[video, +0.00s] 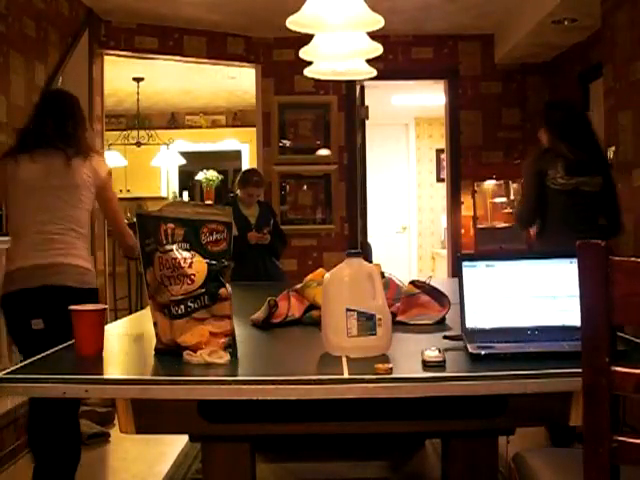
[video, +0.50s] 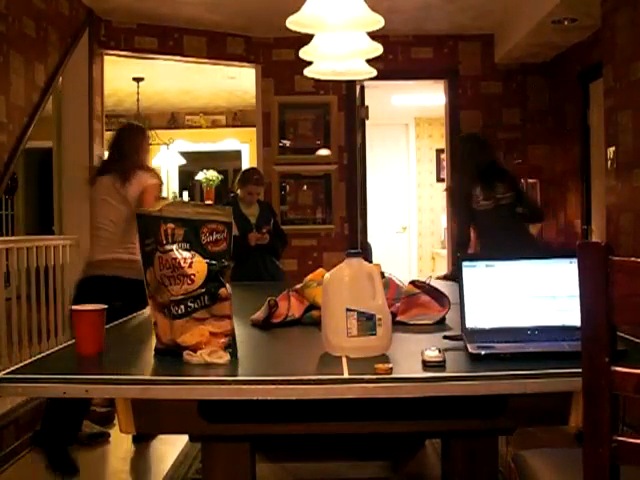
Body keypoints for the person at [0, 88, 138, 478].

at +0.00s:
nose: (86, 128)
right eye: (83, 121)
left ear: (34, 122)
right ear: (79, 124)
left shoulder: (11, 165)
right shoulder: (91, 165)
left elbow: (8, 220)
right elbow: (120, 227)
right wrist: (134, 248)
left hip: (19, 287)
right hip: (74, 285)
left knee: (41, 389)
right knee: (68, 392)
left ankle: (43, 471)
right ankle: (61, 474)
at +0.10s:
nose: (94, 128)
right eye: (91, 122)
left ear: (49, 123)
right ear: (86, 126)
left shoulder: (22, 164)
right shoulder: (100, 165)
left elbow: (5, 225)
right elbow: (122, 229)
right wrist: (141, 258)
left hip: (33, 279)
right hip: (85, 279)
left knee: (46, 380)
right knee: (81, 381)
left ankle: (48, 463)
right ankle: (69, 469)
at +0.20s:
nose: (103, 125)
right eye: (101, 119)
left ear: (63, 120)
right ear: (97, 123)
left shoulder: (39, 159)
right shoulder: (111, 158)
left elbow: (22, 224)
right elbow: (124, 222)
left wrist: (10, 273)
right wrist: (137, 263)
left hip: (51, 266)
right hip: (99, 266)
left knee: (49, 358)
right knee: (96, 358)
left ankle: (49, 447)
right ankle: (87, 441)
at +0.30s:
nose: (117, 134)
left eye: (115, 127)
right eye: (114, 128)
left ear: (76, 128)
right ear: (108, 131)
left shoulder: (60, 165)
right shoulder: (121, 162)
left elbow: (48, 218)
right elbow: (129, 216)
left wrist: (44, 254)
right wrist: (137, 259)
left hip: (62, 265)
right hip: (107, 265)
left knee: (49, 359)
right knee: (111, 355)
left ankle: (47, 459)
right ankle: (121, 445)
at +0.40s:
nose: (130, 147)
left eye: (128, 141)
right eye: (129, 142)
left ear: (96, 141)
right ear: (124, 144)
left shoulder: (78, 173)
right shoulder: (132, 172)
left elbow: (74, 221)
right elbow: (136, 208)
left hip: (77, 275)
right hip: (120, 278)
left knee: (58, 364)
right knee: (130, 355)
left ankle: (51, 458)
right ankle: (140, 431)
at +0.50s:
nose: (149, 150)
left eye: (147, 144)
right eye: (147, 145)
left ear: (115, 147)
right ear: (141, 148)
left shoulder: (100, 178)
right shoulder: (146, 178)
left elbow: (98, 221)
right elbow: (148, 212)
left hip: (93, 275)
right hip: (128, 277)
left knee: (83, 354)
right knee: (131, 350)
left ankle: (57, 432)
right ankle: (141, 426)